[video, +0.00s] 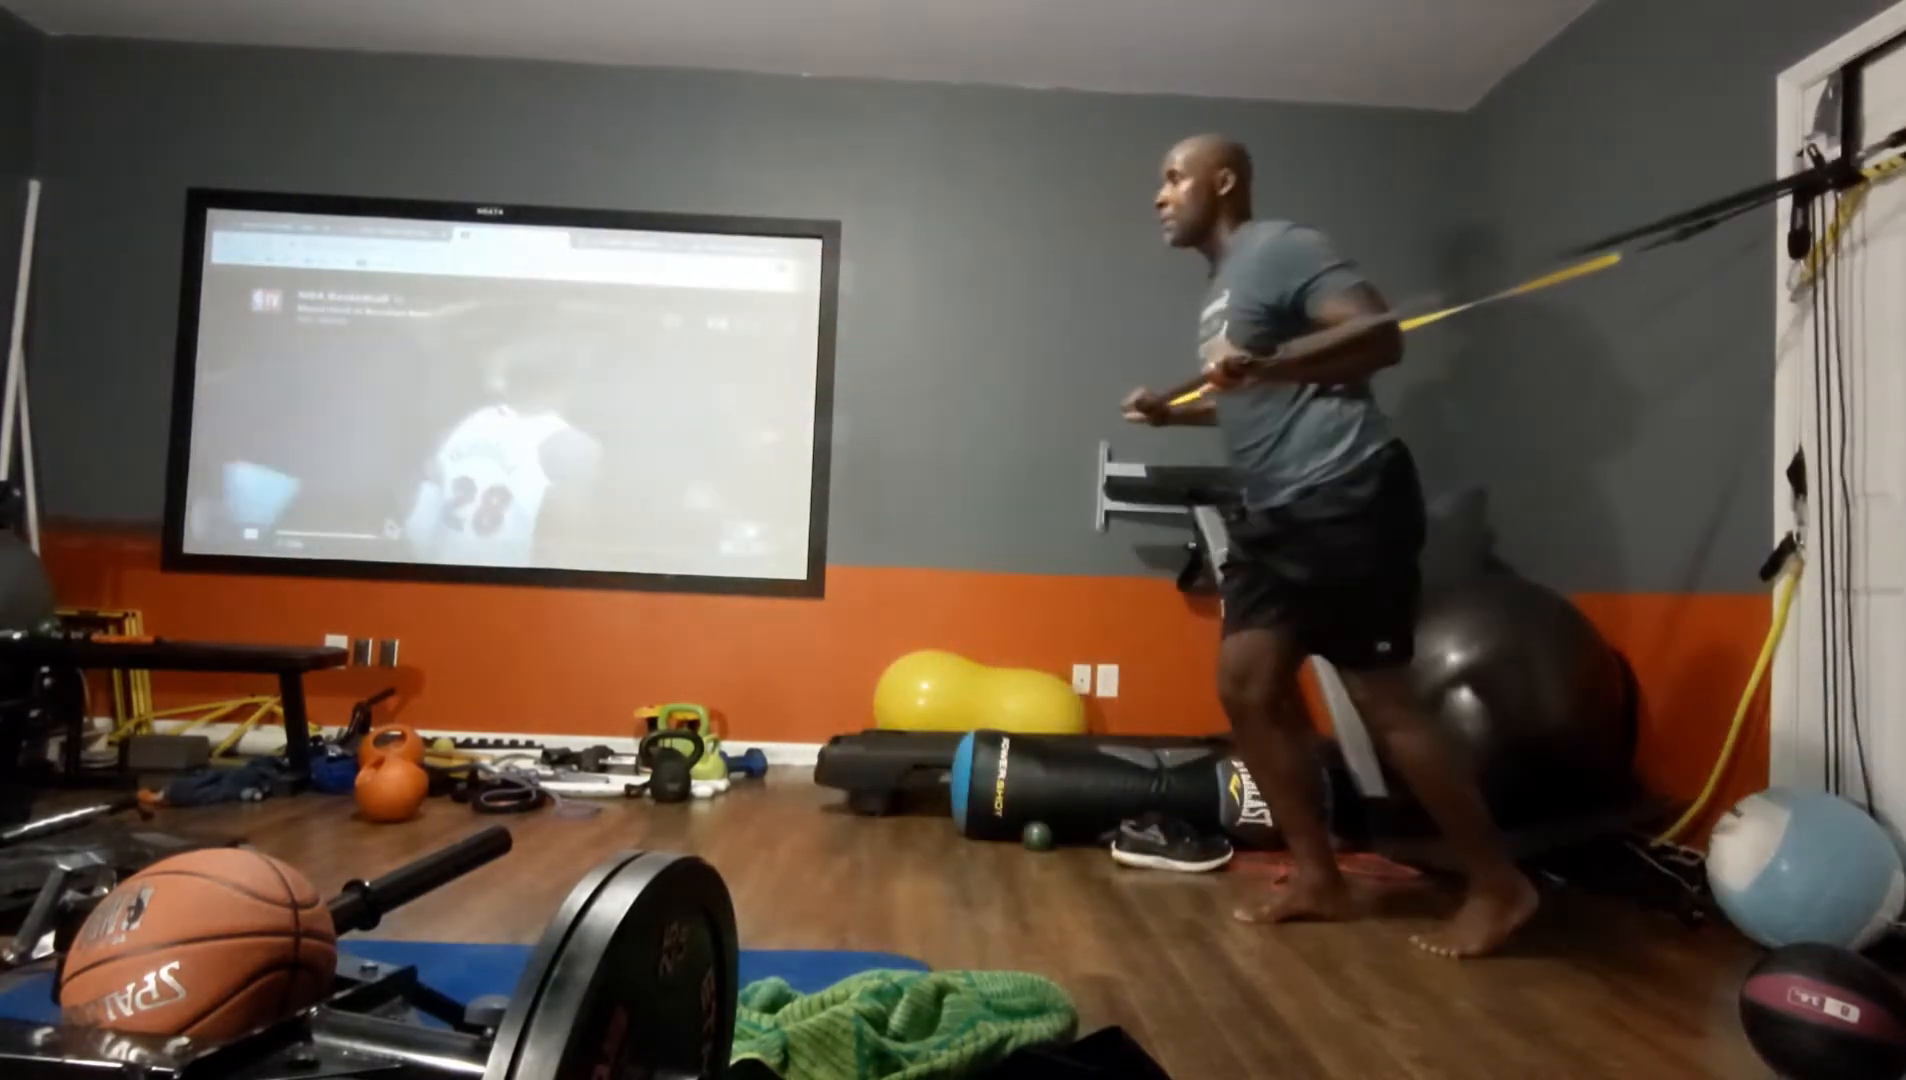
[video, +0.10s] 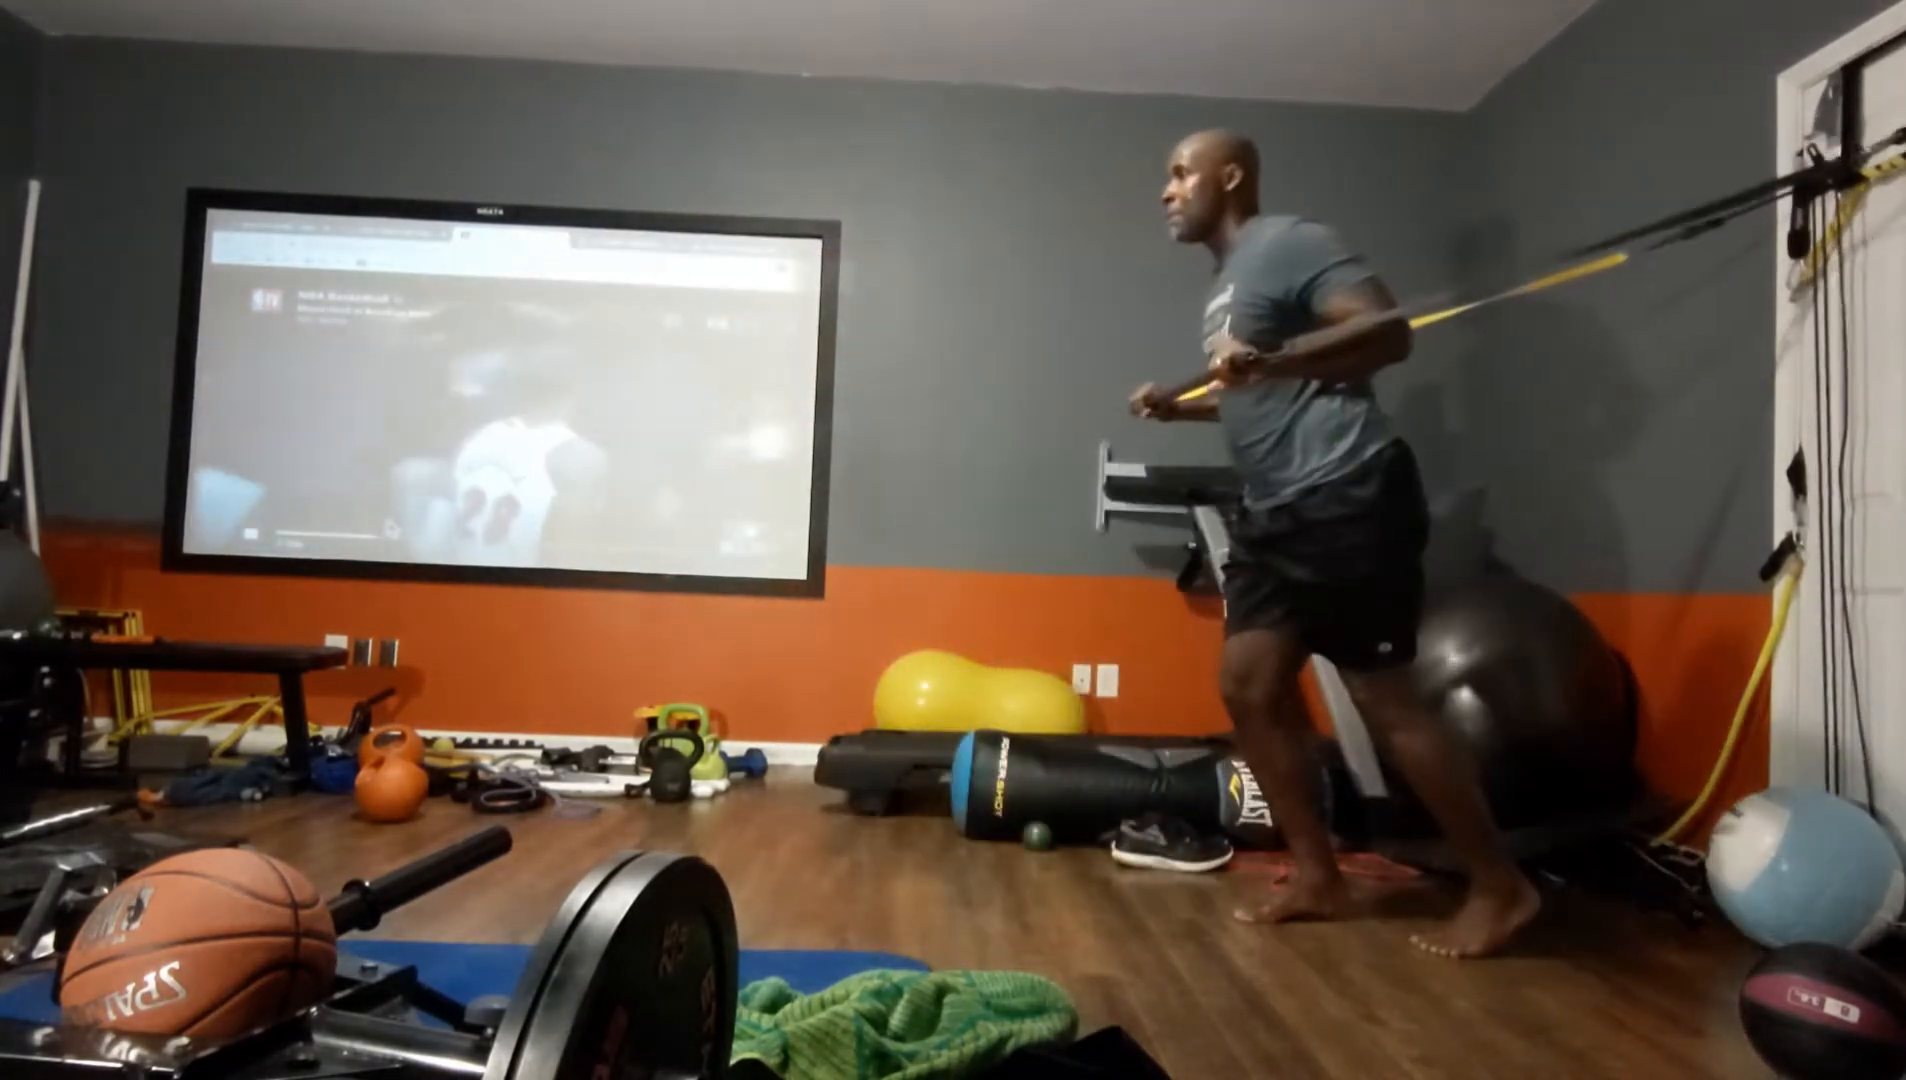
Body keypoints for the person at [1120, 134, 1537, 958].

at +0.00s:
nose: (1159, 196)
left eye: (1174, 179)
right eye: (1160, 183)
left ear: (1227, 184)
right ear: (1211, 190)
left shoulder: (1283, 248)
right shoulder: (1218, 293)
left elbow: (1376, 334)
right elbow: (1253, 398)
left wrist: (1268, 366)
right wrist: (1171, 410)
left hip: (1352, 497)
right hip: (1280, 511)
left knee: (1384, 694)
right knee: (1248, 685)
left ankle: (1499, 885)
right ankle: (1316, 878)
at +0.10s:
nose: (1167, 191)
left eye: (1182, 174)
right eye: (1167, 177)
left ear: (1234, 180)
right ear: (1217, 185)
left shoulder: (1291, 243)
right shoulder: (1224, 287)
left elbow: (1384, 330)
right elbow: (1261, 396)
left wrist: (1274, 362)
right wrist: (1178, 405)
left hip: (1353, 498)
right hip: (1279, 511)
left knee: (1387, 697)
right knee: (1250, 686)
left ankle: (1500, 886)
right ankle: (1314, 877)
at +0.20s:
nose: (1164, 190)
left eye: (1179, 174)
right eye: (1164, 177)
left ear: (1232, 178)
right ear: (1214, 184)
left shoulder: (1286, 241)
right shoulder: (1222, 283)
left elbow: (1379, 325)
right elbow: (1262, 392)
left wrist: (1269, 360)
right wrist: (1177, 403)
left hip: (1349, 498)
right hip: (1274, 511)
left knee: (1388, 699)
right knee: (1241, 688)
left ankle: (1500, 886)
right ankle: (1315, 877)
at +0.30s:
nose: (1146, 197)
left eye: (1161, 181)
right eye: (1147, 184)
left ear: (1212, 184)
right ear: (1194, 191)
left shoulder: (1268, 245)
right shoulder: (1207, 282)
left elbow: (1364, 330)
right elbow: (1250, 381)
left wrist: (1255, 361)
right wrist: (1175, 398)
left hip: (1341, 505)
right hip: (1263, 521)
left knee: (1389, 703)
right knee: (1216, 688)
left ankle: (1501, 887)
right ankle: (1313, 869)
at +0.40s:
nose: (1128, 205)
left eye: (1141, 187)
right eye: (1128, 192)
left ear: (1193, 190)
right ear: (1176, 198)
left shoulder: (1251, 250)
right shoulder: (1190, 291)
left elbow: (1348, 331)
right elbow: (1228, 384)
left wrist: (1239, 365)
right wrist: (1163, 396)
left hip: (1326, 513)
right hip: (1244, 528)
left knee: (1386, 705)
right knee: (1201, 691)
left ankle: (1500, 888)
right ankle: (1309, 868)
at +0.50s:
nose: (1094, 212)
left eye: (1106, 195)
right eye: (1093, 199)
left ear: (1156, 197)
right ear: (1139, 206)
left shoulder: (1215, 256)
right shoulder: (1154, 296)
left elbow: (1316, 335)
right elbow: (1202, 392)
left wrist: (1203, 370)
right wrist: (1133, 400)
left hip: (1287, 514)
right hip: (1212, 531)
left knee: (1339, 711)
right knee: (1183, 698)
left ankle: (1495, 879)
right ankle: (1310, 868)